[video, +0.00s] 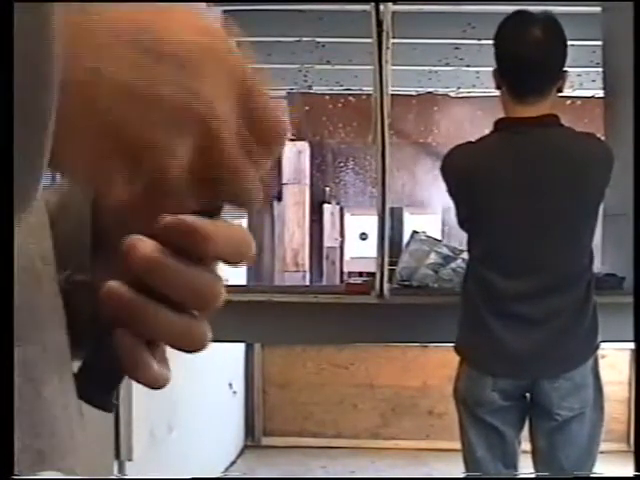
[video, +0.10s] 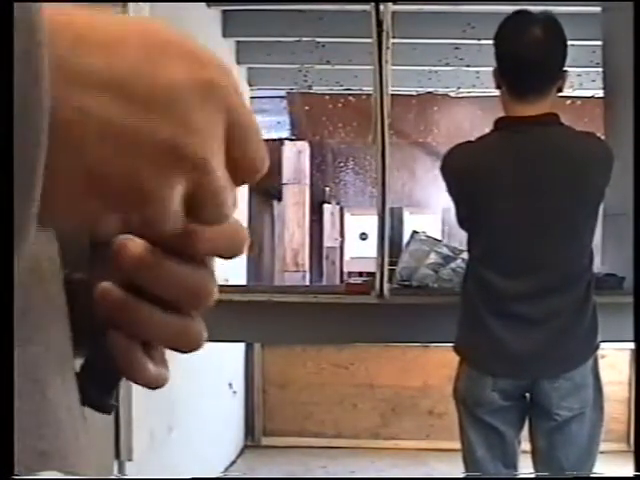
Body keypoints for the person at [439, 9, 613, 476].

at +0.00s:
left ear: (497, 81)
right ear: (563, 82)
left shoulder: (462, 163)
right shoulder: (595, 157)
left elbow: (474, 223)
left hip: (488, 361)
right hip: (568, 362)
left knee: (488, 472)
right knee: (567, 472)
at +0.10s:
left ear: (497, 80)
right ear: (563, 81)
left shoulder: (461, 162)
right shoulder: (594, 156)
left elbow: (473, 222)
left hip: (488, 361)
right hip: (568, 361)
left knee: (488, 472)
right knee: (567, 472)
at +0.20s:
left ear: (497, 80)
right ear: (563, 81)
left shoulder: (461, 161)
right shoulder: (594, 156)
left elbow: (472, 221)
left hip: (487, 361)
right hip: (567, 362)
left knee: (487, 472)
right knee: (566, 472)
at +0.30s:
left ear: (497, 80)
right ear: (563, 81)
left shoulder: (461, 161)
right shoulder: (594, 156)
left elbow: (471, 222)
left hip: (485, 362)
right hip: (566, 363)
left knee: (486, 472)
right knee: (566, 472)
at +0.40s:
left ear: (497, 80)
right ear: (563, 81)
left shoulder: (460, 161)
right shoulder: (593, 156)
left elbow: (472, 222)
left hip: (484, 362)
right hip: (565, 363)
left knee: (486, 472)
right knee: (565, 472)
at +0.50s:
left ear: (497, 80)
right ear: (562, 81)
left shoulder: (460, 161)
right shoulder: (593, 156)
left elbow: (471, 222)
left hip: (485, 361)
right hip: (565, 362)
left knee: (486, 472)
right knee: (565, 472)